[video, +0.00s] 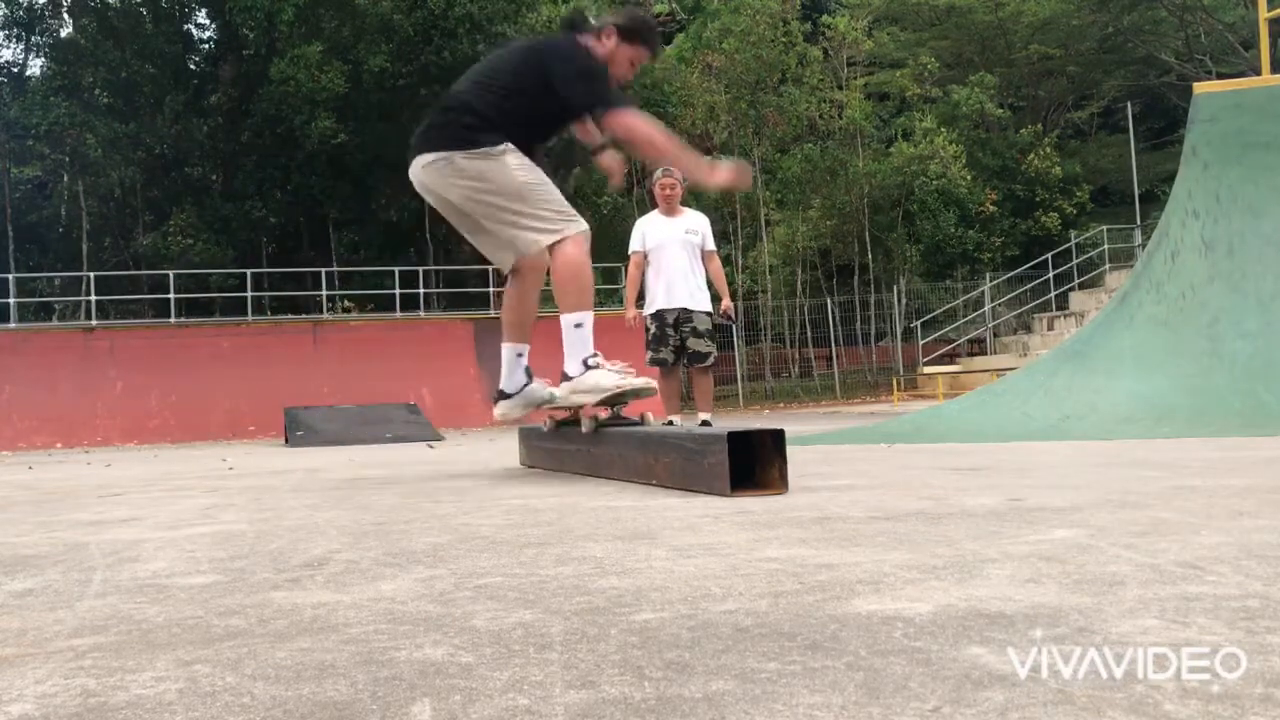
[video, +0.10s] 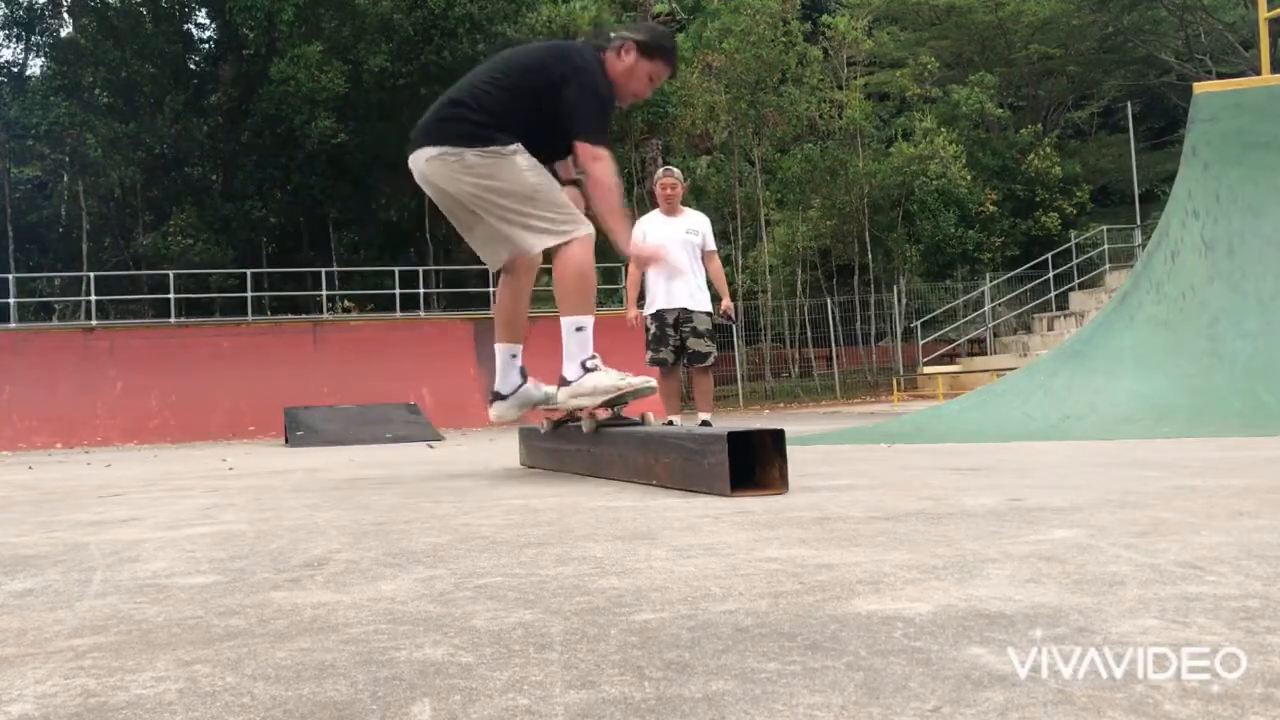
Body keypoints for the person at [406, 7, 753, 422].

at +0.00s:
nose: (630, 76)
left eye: (637, 69)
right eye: (632, 62)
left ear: (601, 37)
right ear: (608, 38)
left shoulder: (558, 56)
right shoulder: (578, 58)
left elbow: (577, 117)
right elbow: (626, 124)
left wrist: (602, 153)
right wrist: (703, 169)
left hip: (432, 160)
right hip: (468, 151)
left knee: (529, 260)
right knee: (569, 234)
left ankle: (514, 387)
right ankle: (581, 367)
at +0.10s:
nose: (648, 93)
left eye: (655, 86)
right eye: (650, 79)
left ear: (622, 54)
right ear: (626, 53)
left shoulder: (565, 65)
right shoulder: (587, 72)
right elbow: (594, 162)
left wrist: (566, 181)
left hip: (432, 151)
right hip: (471, 148)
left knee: (520, 258)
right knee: (575, 234)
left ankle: (509, 389)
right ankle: (581, 371)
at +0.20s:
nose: (652, 90)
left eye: (660, 83)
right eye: (655, 76)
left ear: (629, 49)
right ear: (632, 49)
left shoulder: (574, 56)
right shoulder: (589, 67)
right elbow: (558, 147)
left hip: (432, 145)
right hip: (470, 143)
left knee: (515, 252)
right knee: (578, 234)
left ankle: (506, 382)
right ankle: (583, 372)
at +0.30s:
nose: (644, 63)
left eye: (652, 55)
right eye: (646, 48)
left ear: (616, 22)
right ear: (620, 21)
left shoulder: (558, 36)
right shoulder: (577, 51)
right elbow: (519, 116)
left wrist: (459, 200)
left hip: (430, 152)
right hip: (466, 148)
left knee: (519, 253)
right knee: (583, 235)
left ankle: (498, 386)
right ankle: (588, 370)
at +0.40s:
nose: (621, 33)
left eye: (629, 26)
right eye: (623, 19)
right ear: (596, 2)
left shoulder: (527, 10)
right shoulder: (554, 32)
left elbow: (444, 9)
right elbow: (486, 86)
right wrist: (425, 146)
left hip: (425, 149)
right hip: (475, 150)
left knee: (505, 258)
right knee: (566, 244)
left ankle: (503, 393)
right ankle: (590, 380)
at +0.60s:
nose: (547, 10)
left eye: (551, 6)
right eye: (549, 3)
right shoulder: (496, 6)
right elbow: (485, 76)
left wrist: (264, 2)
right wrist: (495, 165)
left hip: (402, 138)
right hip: (370, 139)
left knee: (464, 247)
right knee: (433, 263)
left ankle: (461, 391)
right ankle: (420, 423)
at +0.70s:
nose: (508, 12)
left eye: (511, 6)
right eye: (507, 3)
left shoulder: (398, 7)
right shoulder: (451, 28)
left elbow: (307, 16)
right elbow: (484, 114)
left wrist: (222, 50)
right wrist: (549, 192)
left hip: (365, 175)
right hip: (339, 175)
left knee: (439, 280)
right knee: (401, 300)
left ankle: (398, 420)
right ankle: (372, 456)